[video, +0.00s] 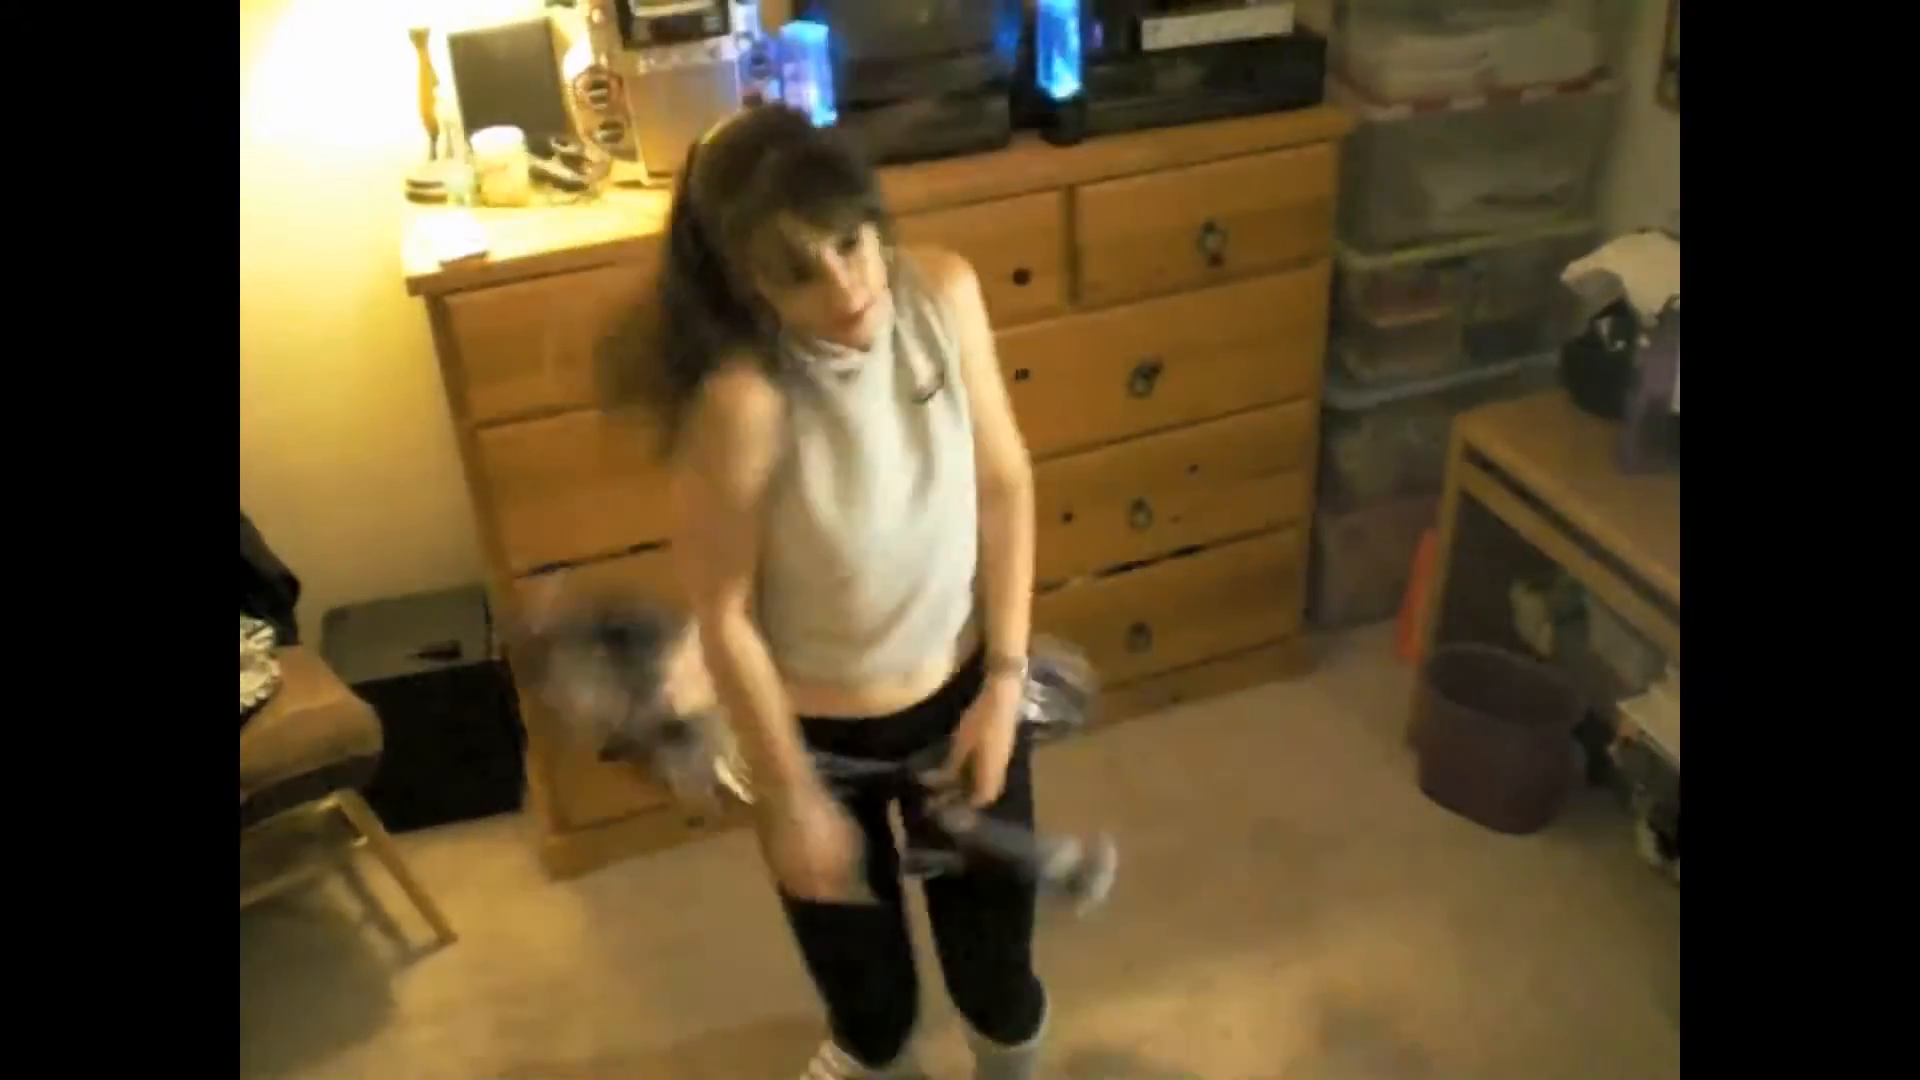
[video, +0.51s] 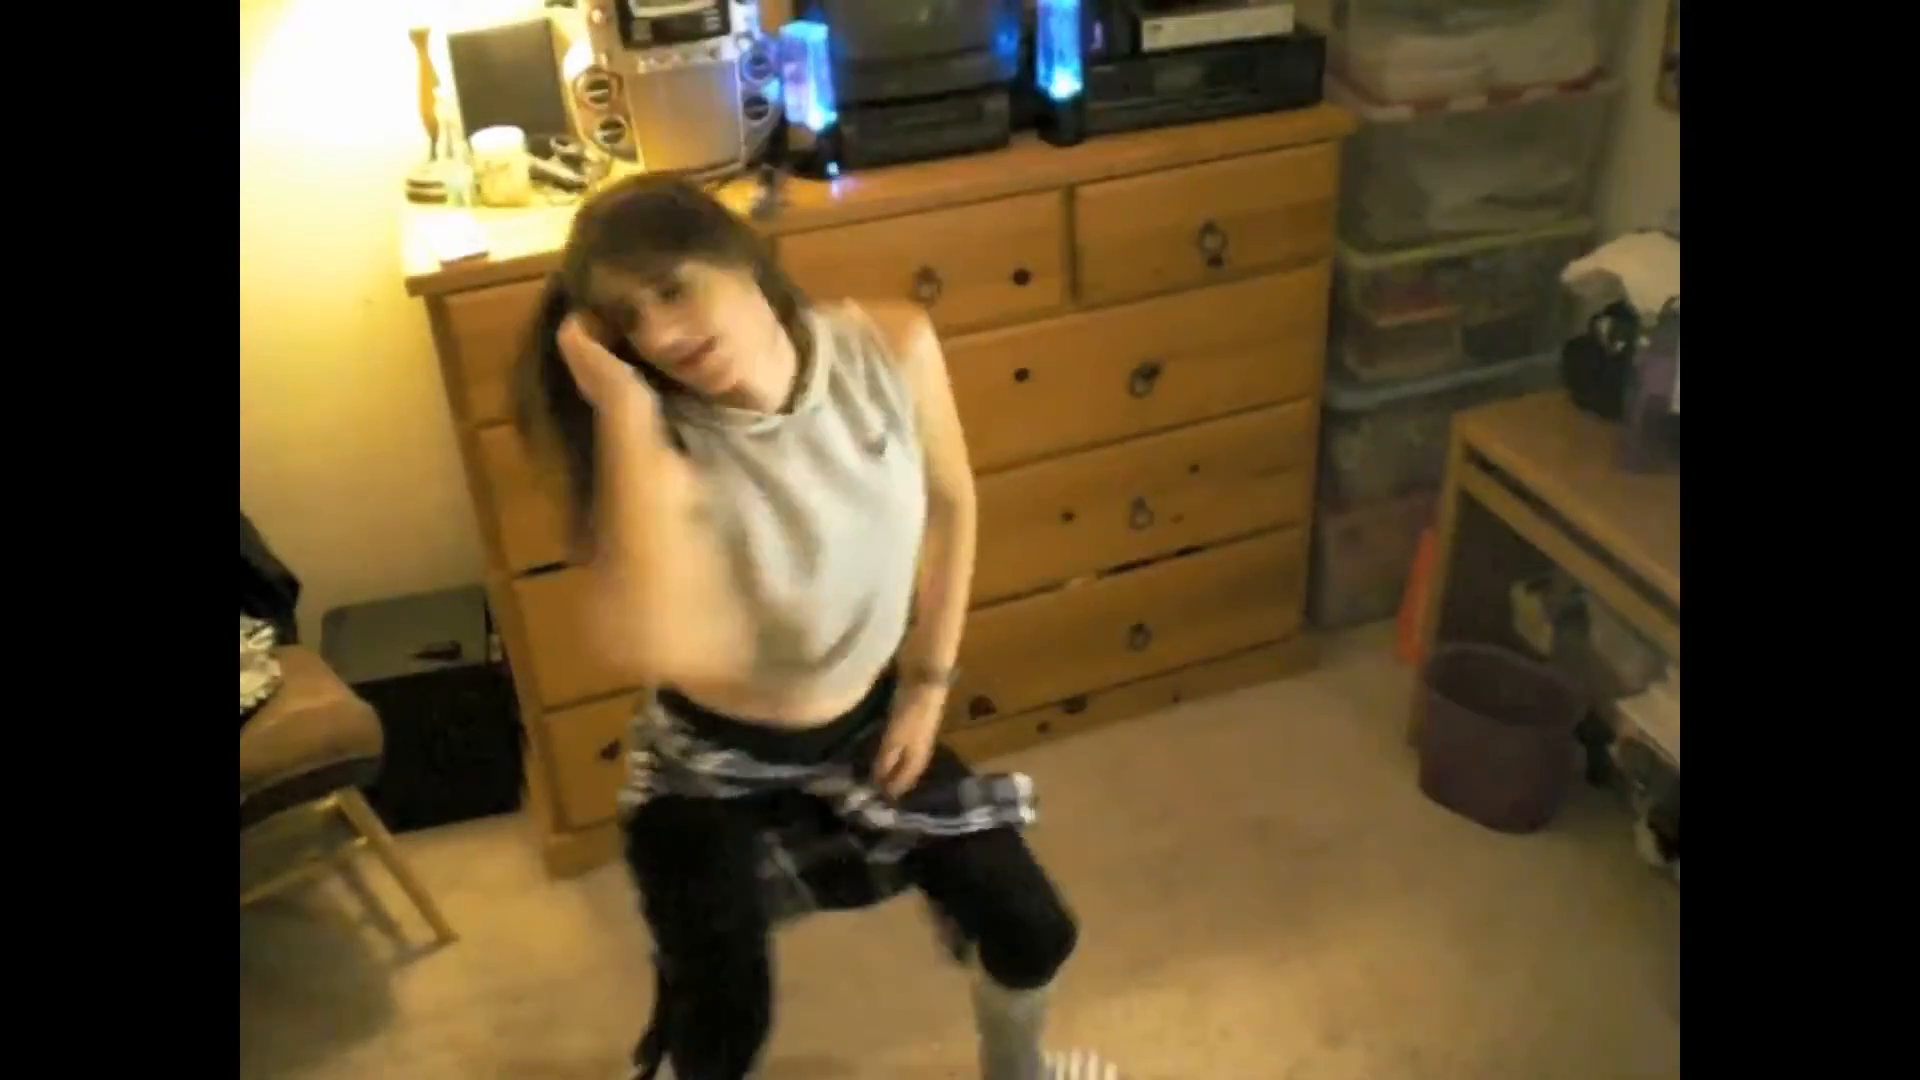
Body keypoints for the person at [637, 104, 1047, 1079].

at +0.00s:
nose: (846, 288)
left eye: (850, 245)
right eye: (799, 277)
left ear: (875, 218)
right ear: (749, 293)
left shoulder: (941, 296)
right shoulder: (742, 404)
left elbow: (1004, 483)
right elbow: (719, 610)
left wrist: (1004, 683)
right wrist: (793, 794)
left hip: (964, 707)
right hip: (821, 751)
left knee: (998, 990)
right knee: (876, 1023)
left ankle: (1015, 1062)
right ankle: (855, 1065)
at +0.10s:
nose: (844, 297)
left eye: (839, 253)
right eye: (802, 298)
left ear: (857, 223)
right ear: (755, 322)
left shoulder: (930, 283)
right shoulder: (775, 416)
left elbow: (963, 463)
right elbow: (756, 625)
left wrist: (1006, 646)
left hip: (967, 703)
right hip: (826, 747)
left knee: (1011, 1001)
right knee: (885, 1038)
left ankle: (999, 1069)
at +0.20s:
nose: (828, 298)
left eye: (812, 257)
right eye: (782, 304)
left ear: (827, 231)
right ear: (737, 347)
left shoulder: (912, 283)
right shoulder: (776, 448)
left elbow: (977, 457)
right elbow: (877, 646)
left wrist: (1001, 641)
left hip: (959, 704)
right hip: (828, 749)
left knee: (1005, 1010)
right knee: (863, 1051)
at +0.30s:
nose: (771, 310)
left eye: (747, 272)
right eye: (730, 333)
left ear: (765, 240)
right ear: (713, 387)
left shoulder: (892, 276)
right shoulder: (754, 472)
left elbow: (973, 447)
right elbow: (987, 625)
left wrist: (985, 643)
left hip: (943, 710)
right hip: (809, 739)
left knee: (999, 1007)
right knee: (807, 1046)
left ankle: (996, 1066)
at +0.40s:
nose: (720, 316)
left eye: (703, 271)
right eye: (673, 332)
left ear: (739, 245)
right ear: (662, 379)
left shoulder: (882, 291)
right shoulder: (715, 468)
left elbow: (962, 461)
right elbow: (902, 615)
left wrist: (961, 642)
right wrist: (753, 442)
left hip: (909, 721)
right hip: (770, 750)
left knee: (1012, 994)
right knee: (768, 1046)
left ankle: (1002, 1072)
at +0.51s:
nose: (662, 332)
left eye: (673, 289)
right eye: (627, 322)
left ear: (737, 259)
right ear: (614, 349)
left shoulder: (890, 348)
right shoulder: (658, 456)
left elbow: (951, 503)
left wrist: (926, 682)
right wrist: (626, 416)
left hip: (872, 730)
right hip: (710, 764)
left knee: (1032, 933)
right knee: (722, 1026)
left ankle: (1017, 1067)